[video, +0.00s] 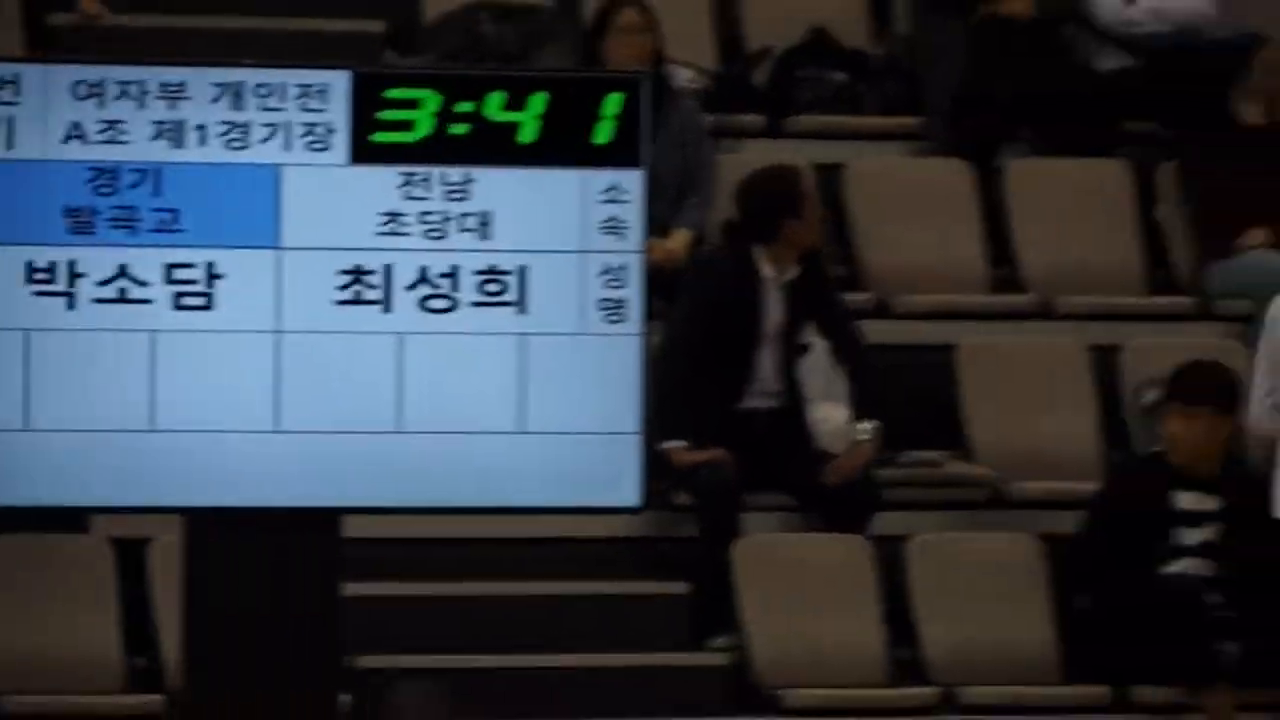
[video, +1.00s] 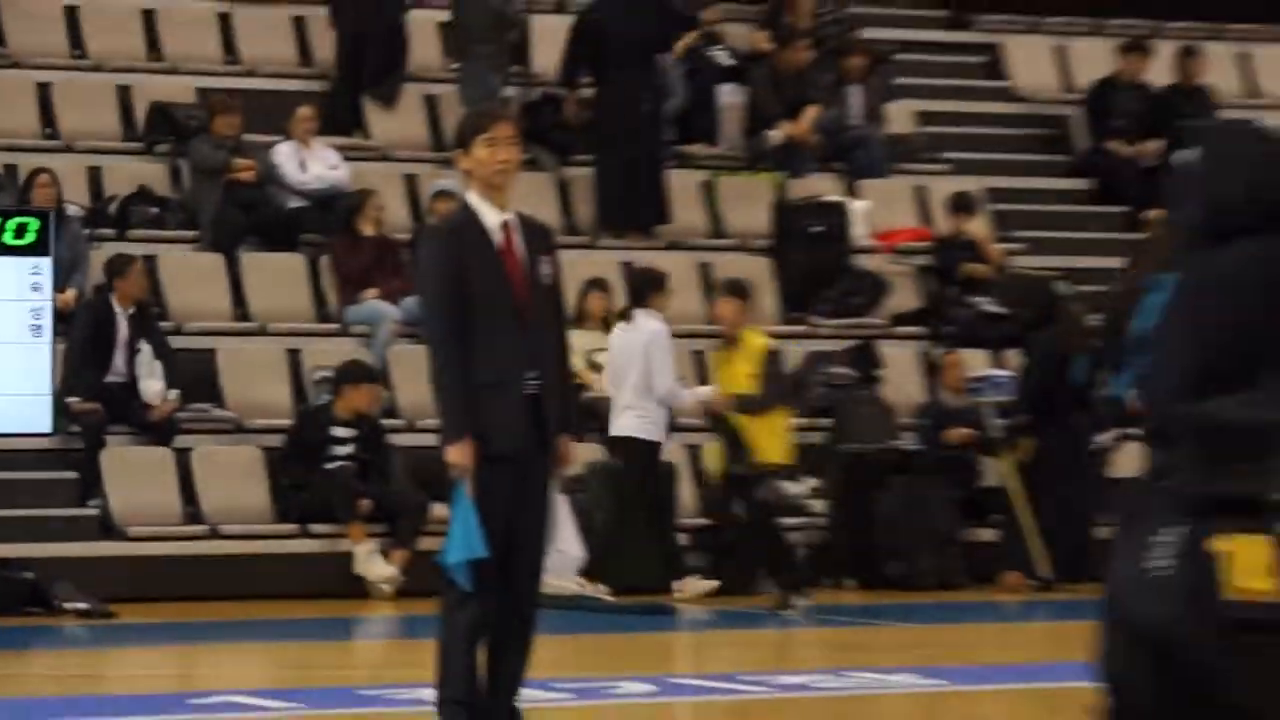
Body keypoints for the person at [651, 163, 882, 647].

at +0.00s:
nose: (818, 221)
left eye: (814, 211)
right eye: (808, 213)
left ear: (790, 224)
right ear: (783, 224)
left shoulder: (810, 277)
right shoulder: (715, 274)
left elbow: (853, 353)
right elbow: (677, 358)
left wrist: (866, 431)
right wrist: (676, 443)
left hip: (785, 428)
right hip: (717, 429)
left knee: (847, 493)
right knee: (718, 491)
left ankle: (839, 623)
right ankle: (716, 622)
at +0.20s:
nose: (660, 228)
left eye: (657, 218)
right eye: (652, 219)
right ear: (632, 228)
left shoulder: (655, 282)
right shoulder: (568, 279)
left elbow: (692, 354)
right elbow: (535, 356)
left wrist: (704, 423)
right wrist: (531, 433)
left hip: (634, 421)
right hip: (571, 421)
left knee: (686, 483)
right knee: (567, 484)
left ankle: (682, 603)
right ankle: (564, 602)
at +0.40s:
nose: (465, 239)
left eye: (463, 231)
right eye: (458, 231)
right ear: (439, 240)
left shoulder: (460, 287)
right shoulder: (383, 283)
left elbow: (490, 352)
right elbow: (355, 352)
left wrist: (504, 414)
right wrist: (349, 423)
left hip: (440, 414)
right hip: (385, 414)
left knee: (489, 470)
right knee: (380, 471)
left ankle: (484, 580)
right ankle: (376, 577)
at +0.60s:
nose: (317, 256)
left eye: (315, 248)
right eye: (311, 249)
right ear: (296, 254)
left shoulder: (315, 296)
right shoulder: (249, 292)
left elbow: (343, 350)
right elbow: (224, 352)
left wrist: (355, 404)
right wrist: (219, 412)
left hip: (297, 405)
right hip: (249, 405)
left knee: (340, 453)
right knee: (246, 457)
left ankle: (333, 547)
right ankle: (244, 547)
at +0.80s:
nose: (228, 270)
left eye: (226, 264)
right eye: (223, 265)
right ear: (212, 271)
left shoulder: (225, 306)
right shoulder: (174, 303)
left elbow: (251, 352)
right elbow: (149, 353)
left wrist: (258, 398)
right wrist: (146, 402)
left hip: (208, 396)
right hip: (169, 396)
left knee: (248, 437)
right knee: (168, 438)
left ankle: (243, 512)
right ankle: (168, 511)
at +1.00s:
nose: (144, 283)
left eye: (144, 276)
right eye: (138, 277)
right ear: (119, 282)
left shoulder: (142, 315)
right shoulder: (91, 311)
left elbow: (165, 355)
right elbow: (76, 355)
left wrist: (172, 395)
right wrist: (76, 397)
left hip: (131, 390)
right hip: (94, 391)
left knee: (163, 425)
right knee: (93, 424)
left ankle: (153, 493)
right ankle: (93, 491)